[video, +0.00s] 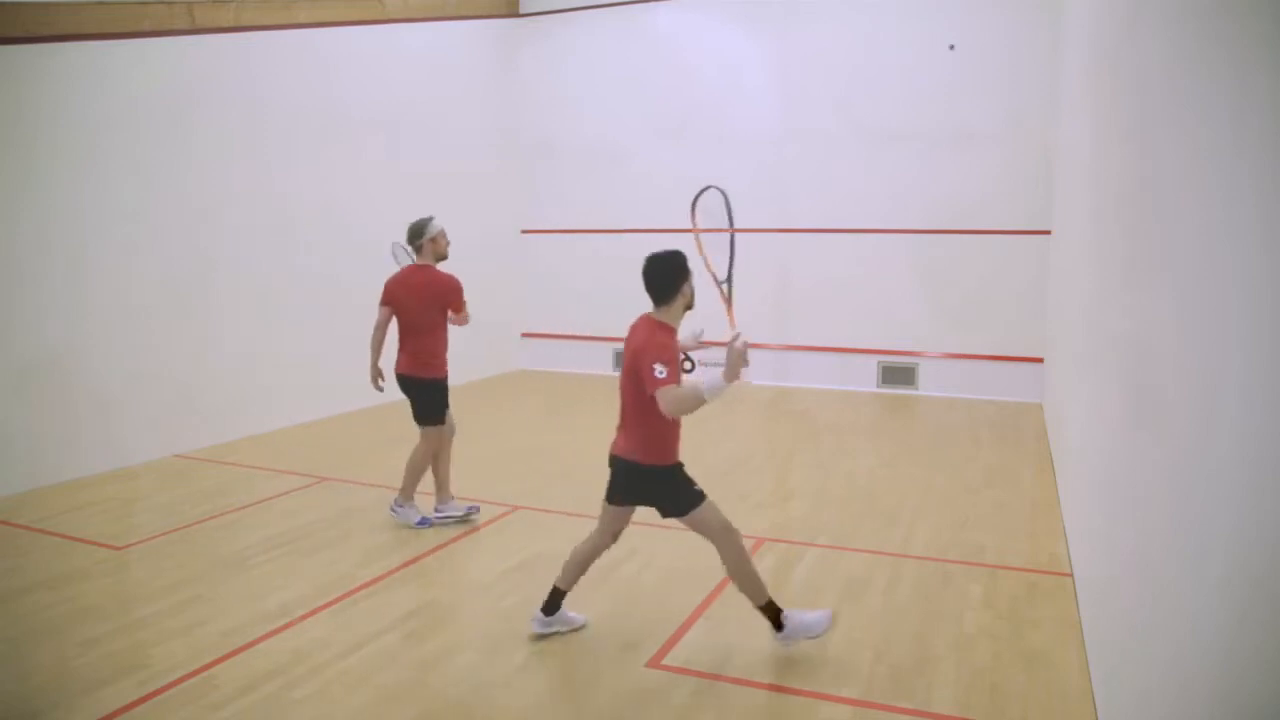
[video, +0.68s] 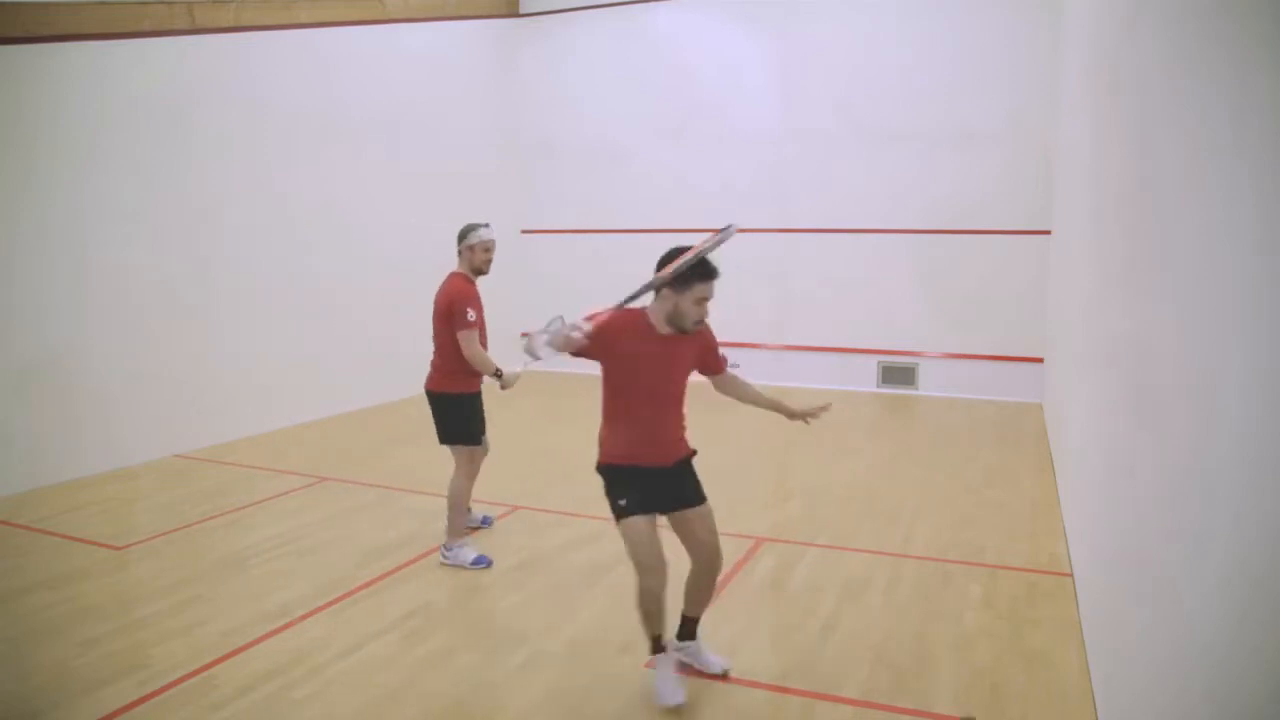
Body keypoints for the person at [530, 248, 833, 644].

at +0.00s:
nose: (693, 288)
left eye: (690, 280)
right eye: (690, 281)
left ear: (652, 288)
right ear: (683, 288)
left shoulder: (642, 329)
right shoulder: (660, 340)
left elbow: (643, 367)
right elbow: (671, 404)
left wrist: (680, 343)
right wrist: (726, 379)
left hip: (627, 460)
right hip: (657, 466)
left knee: (604, 533)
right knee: (725, 536)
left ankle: (548, 612)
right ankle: (780, 621)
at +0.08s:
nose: (726, 300)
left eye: (723, 293)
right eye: (722, 294)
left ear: (686, 302)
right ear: (714, 304)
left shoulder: (674, 339)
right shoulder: (686, 352)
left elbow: (692, 352)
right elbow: (692, 415)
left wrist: (715, 346)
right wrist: (740, 386)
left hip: (660, 472)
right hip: (688, 479)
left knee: (650, 538)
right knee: (760, 543)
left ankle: (576, 588)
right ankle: (801, 625)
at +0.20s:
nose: (759, 313)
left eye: (757, 304)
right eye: (755, 305)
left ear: (720, 311)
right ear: (739, 311)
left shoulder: (705, 349)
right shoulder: (711, 358)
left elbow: (719, 395)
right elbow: (703, 428)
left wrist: (753, 401)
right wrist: (751, 415)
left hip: (694, 472)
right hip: (698, 481)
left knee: (740, 528)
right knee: (776, 538)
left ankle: (686, 584)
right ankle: (807, 624)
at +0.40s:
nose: (760, 320)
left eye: (759, 312)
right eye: (752, 313)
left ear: (738, 318)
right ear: (725, 318)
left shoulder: (742, 365)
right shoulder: (693, 366)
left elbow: (754, 424)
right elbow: (675, 436)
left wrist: (797, 467)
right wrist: (717, 442)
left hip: (727, 472)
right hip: (689, 483)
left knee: (771, 540)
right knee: (751, 557)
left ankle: (754, 592)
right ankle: (752, 637)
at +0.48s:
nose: (751, 312)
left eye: (750, 302)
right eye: (742, 302)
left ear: (737, 307)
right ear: (716, 305)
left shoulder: (734, 354)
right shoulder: (677, 355)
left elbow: (745, 412)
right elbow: (643, 420)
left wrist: (794, 450)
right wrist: (678, 429)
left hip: (720, 468)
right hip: (680, 478)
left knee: (750, 535)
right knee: (726, 566)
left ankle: (754, 591)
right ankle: (721, 644)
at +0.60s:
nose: (730, 302)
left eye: (733, 292)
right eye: (724, 292)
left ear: (719, 289)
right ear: (693, 288)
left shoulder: (714, 334)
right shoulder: (640, 327)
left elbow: (736, 392)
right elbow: (581, 370)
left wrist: (794, 425)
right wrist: (608, 373)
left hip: (692, 453)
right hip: (645, 462)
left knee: (731, 540)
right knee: (685, 562)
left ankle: (707, 613)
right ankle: (706, 640)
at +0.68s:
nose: (706, 311)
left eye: (708, 300)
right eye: (700, 300)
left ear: (690, 297)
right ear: (667, 293)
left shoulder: (697, 336)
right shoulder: (617, 327)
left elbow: (725, 381)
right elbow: (565, 343)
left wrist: (787, 409)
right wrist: (554, 339)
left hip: (674, 461)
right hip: (625, 465)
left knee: (709, 558)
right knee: (652, 571)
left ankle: (686, 641)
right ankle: (660, 656)